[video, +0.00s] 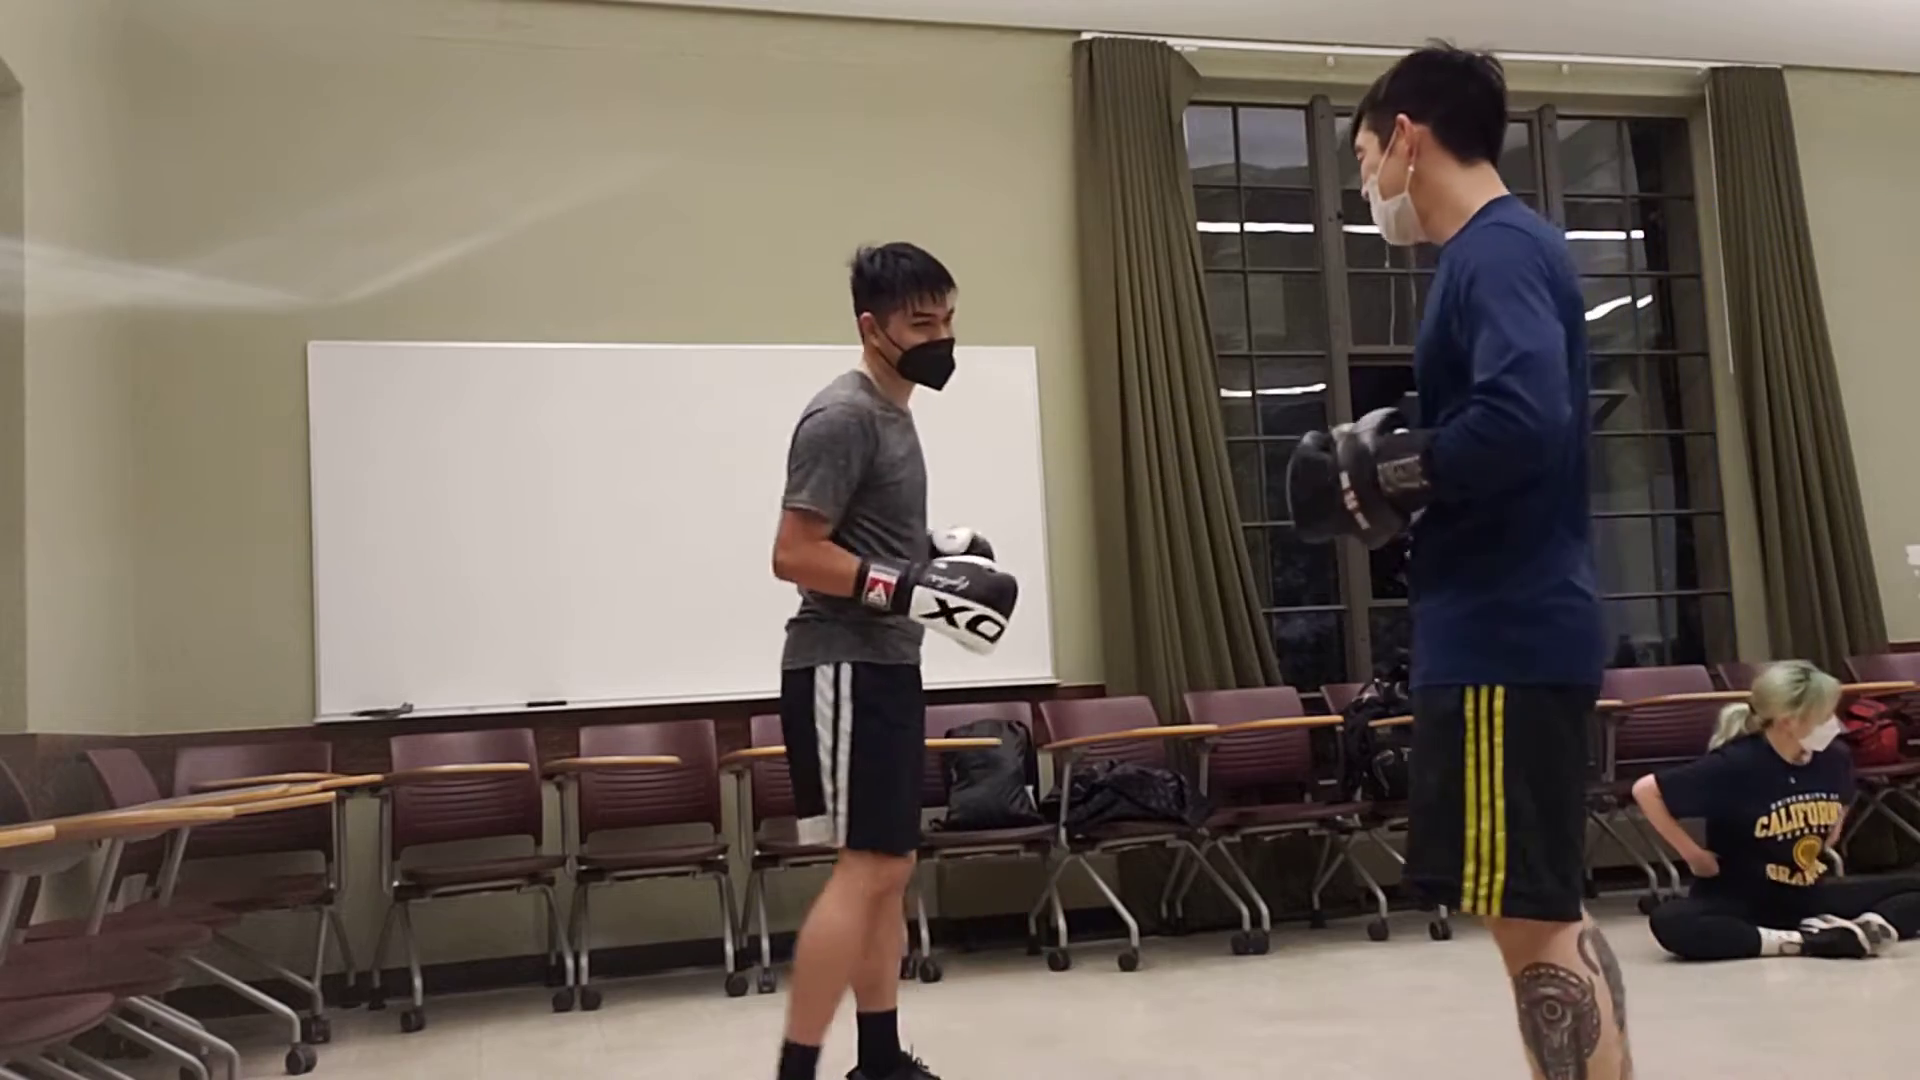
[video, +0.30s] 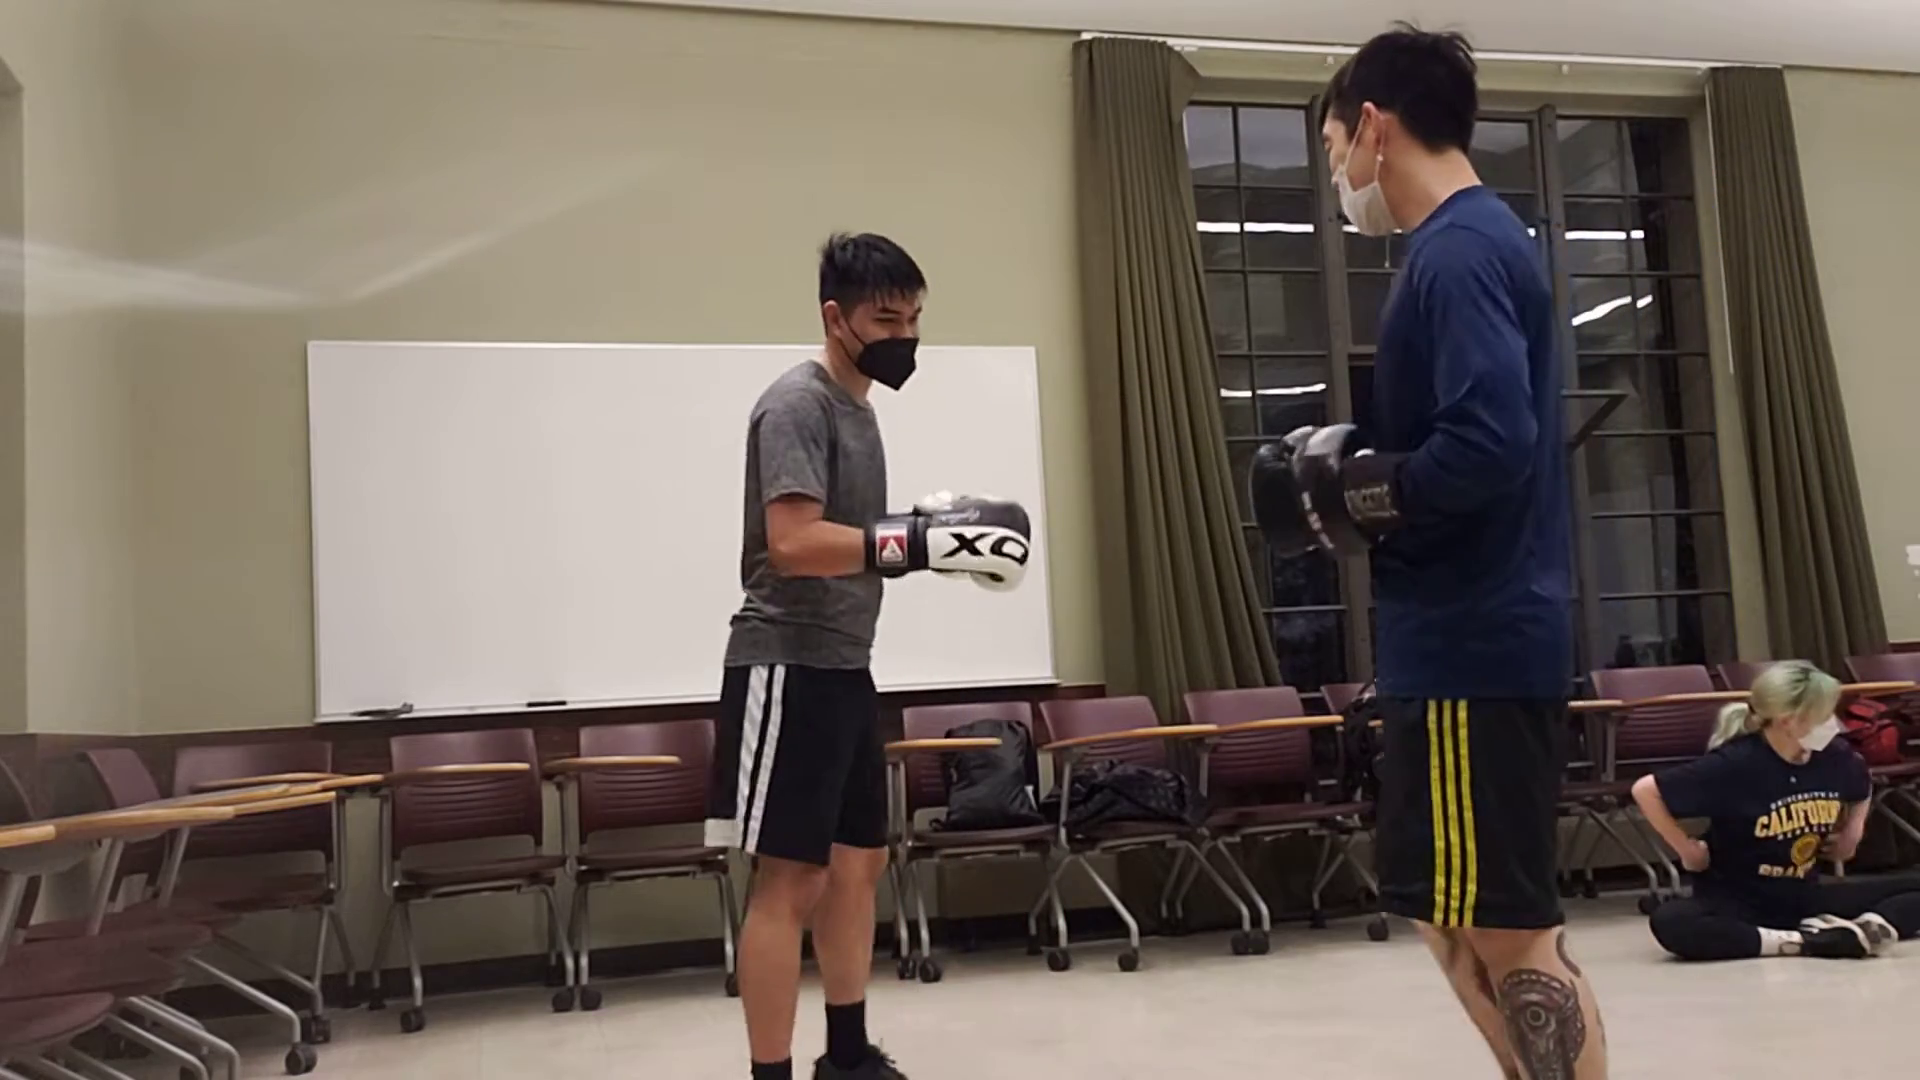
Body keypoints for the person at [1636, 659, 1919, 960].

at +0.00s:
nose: (1835, 726)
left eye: (1833, 716)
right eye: (1825, 719)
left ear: (1793, 722)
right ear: (1789, 723)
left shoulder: (1834, 760)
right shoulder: (1736, 764)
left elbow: (1843, 804)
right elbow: (1645, 790)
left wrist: (1822, 845)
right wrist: (1692, 854)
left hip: (1809, 895)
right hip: (1738, 901)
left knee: (1917, 891)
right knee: (1669, 921)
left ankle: (1854, 931)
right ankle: (1795, 943)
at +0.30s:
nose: (1833, 726)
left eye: (1832, 716)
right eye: (1824, 719)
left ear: (1794, 722)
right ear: (1789, 723)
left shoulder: (1836, 759)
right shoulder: (1734, 764)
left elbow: (1861, 788)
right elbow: (1645, 790)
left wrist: (1849, 839)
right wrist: (1685, 849)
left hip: (1806, 895)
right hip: (1736, 901)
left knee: (1917, 889)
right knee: (1670, 921)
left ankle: (1854, 931)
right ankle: (1794, 942)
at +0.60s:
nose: (1836, 724)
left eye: (1834, 715)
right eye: (1826, 717)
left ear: (1797, 721)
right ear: (1793, 721)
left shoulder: (1838, 761)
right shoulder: (1739, 763)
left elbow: (1864, 808)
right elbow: (1648, 794)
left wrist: (1842, 862)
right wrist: (1684, 864)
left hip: (1815, 895)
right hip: (1742, 902)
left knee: (1917, 889)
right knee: (1672, 923)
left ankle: (1853, 932)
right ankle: (1798, 944)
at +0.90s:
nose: (1835, 727)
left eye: (1834, 718)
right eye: (1826, 720)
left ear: (1800, 723)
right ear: (1794, 723)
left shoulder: (1833, 759)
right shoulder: (1737, 765)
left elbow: (1847, 801)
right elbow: (1648, 797)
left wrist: (1833, 846)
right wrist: (1691, 863)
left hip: (1810, 894)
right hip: (1741, 901)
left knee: (1917, 888)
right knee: (1672, 922)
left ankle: (1853, 933)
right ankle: (1798, 943)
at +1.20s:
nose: (1830, 722)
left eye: (1829, 713)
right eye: (1821, 715)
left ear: (1796, 720)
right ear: (1788, 719)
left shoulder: (1826, 762)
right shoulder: (1734, 769)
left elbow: (1851, 813)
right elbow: (1662, 826)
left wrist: (1846, 852)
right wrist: (1733, 874)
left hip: (1817, 899)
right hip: (1747, 908)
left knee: (1916, 888)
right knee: (1671, 922)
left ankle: (1854, 930)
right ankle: (1797, 944)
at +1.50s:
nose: (1820, 712)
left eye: (1819, 703)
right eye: (1812, 703)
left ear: (1784, 708)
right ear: (1781, 708)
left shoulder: (1823, 766)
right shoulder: (1735, 769)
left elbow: (1852, 842)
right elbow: (1704, 862)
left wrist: (1856, 878)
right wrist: (1796, 890)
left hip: (1822, 898)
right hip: (1749, 905)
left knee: (1915, 897)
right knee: (1670, 922)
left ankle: (1850, 930)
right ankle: (1792, 945)